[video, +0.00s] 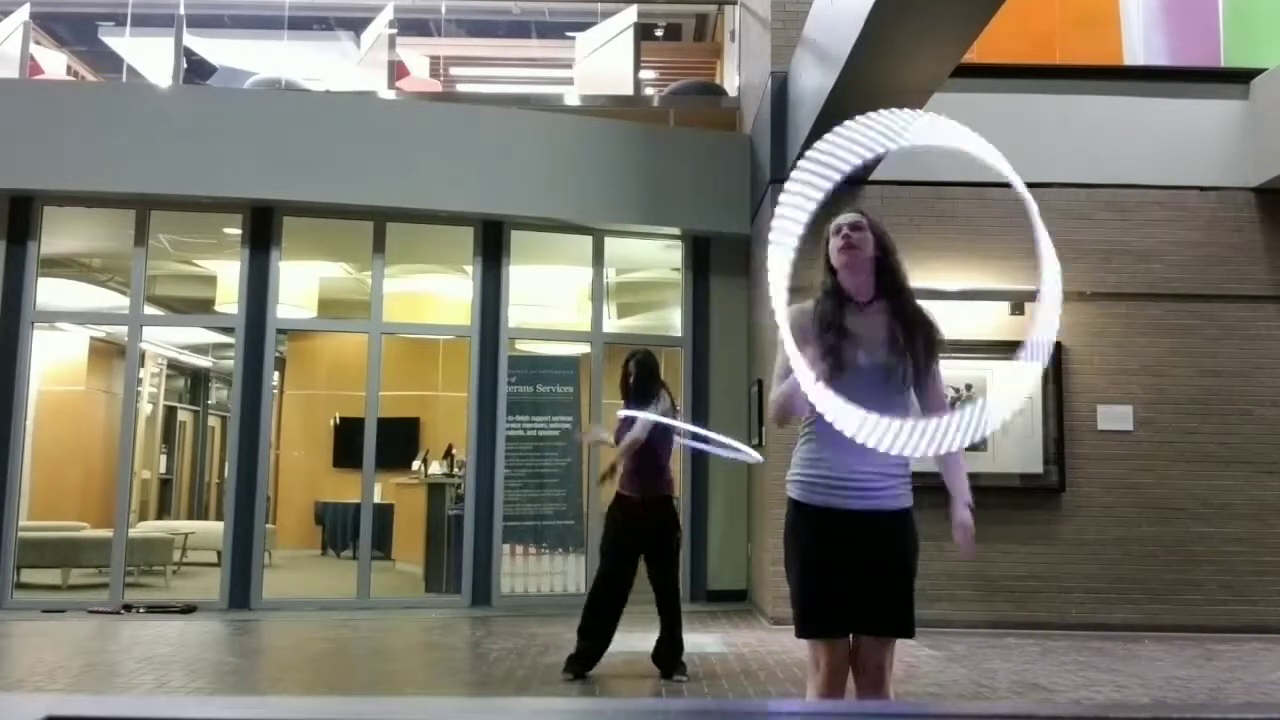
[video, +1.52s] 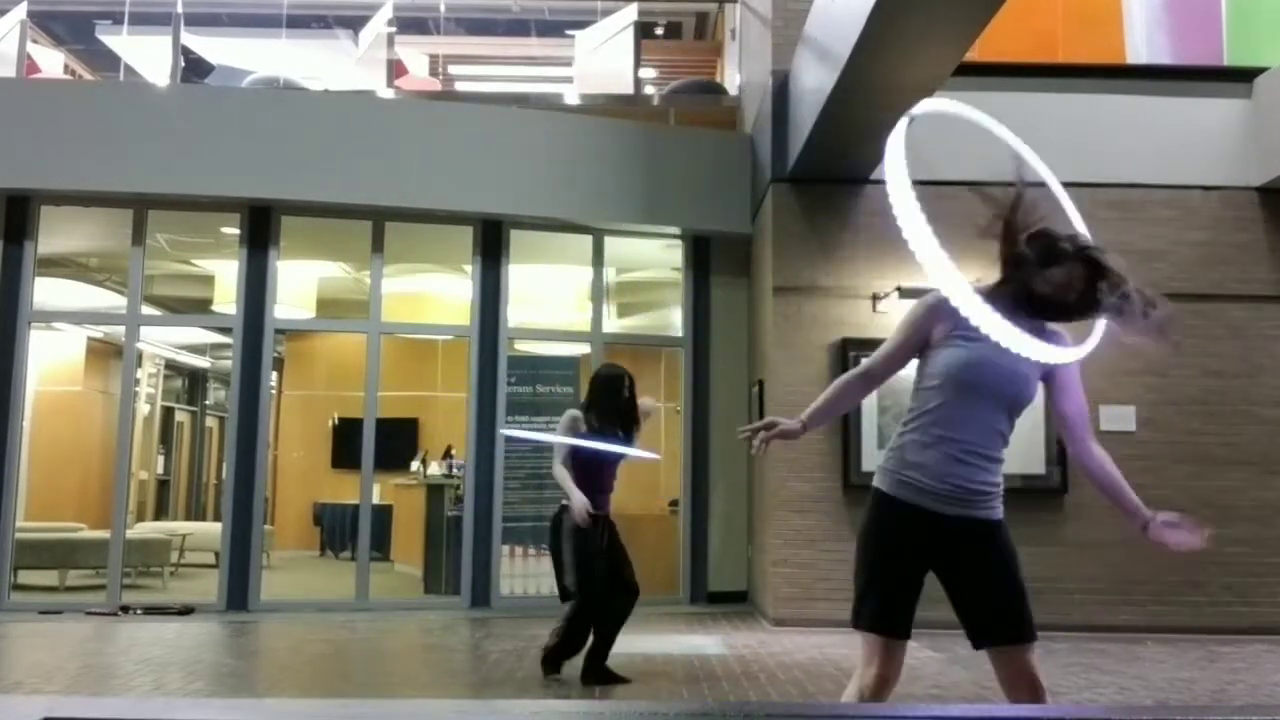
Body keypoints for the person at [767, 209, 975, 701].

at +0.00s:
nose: (847, 234)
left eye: (858, 228)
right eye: (837, 231)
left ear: (880, 249)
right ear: (827, 255)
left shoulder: (913, 327)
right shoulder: (805, 320)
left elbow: (939, 419)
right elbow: (779, 412)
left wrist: (961, 498)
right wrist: (808, 376)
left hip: (887, 510)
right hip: (817, 508)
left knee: (875, 670)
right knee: (828, 668)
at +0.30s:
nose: (847, 225)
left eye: (860, 223)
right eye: (842, 227)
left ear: (886, 250)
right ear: (838, 260)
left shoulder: (918, 316)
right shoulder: (808, 317)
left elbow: (982, 377)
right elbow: (741, 383)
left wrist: (1036, 428)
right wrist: (670, 422)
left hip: (896, 513)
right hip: (826, 511)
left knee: (882, 671)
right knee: (837, 670)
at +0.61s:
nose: (843, 246)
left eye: (852, 244)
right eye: (832, 248)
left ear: (872, 264)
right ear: (819, 271)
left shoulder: (908, 302)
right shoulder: (798, 310)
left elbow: (1003, 303)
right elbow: (700, 340)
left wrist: (1094, 307)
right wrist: (619, 348)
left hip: (907, 500)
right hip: (835, 503)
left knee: (928, 663)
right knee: (843, 663)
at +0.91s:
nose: (879, 271)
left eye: (888, 266)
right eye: (866, 262)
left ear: (897, 289)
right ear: (836, 281)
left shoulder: (923, 353)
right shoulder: (812, 353)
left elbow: (1015, 385)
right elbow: (719, 399)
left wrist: (1104, 405)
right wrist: (647, 381)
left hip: (924, 529)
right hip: (850, 538)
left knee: (1011, 672)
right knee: (860, 692)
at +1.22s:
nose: (1025, 375)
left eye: (1037, 372)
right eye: (1023, 359)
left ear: (1039, 382)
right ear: (997, 344)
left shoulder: (1018, 417)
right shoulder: (921, 378)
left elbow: (1039, 484)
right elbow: (840, 419)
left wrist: (1068, 546)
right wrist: (772, 463)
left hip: (955, 543)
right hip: (877, 536)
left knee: (1007, 684)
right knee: (864, 685)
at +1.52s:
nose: (1056, 314)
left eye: (1067, 306)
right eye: (1053, 299)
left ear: (1069, 304)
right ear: (1025, 279)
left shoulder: (1052, 345)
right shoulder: (944, 309)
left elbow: (1081, 442)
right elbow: (869, 374)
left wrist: (1145, 517)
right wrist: (803, 423)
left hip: (977, 518)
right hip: (900, 506)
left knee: (1022, 681)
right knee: (876, 677)